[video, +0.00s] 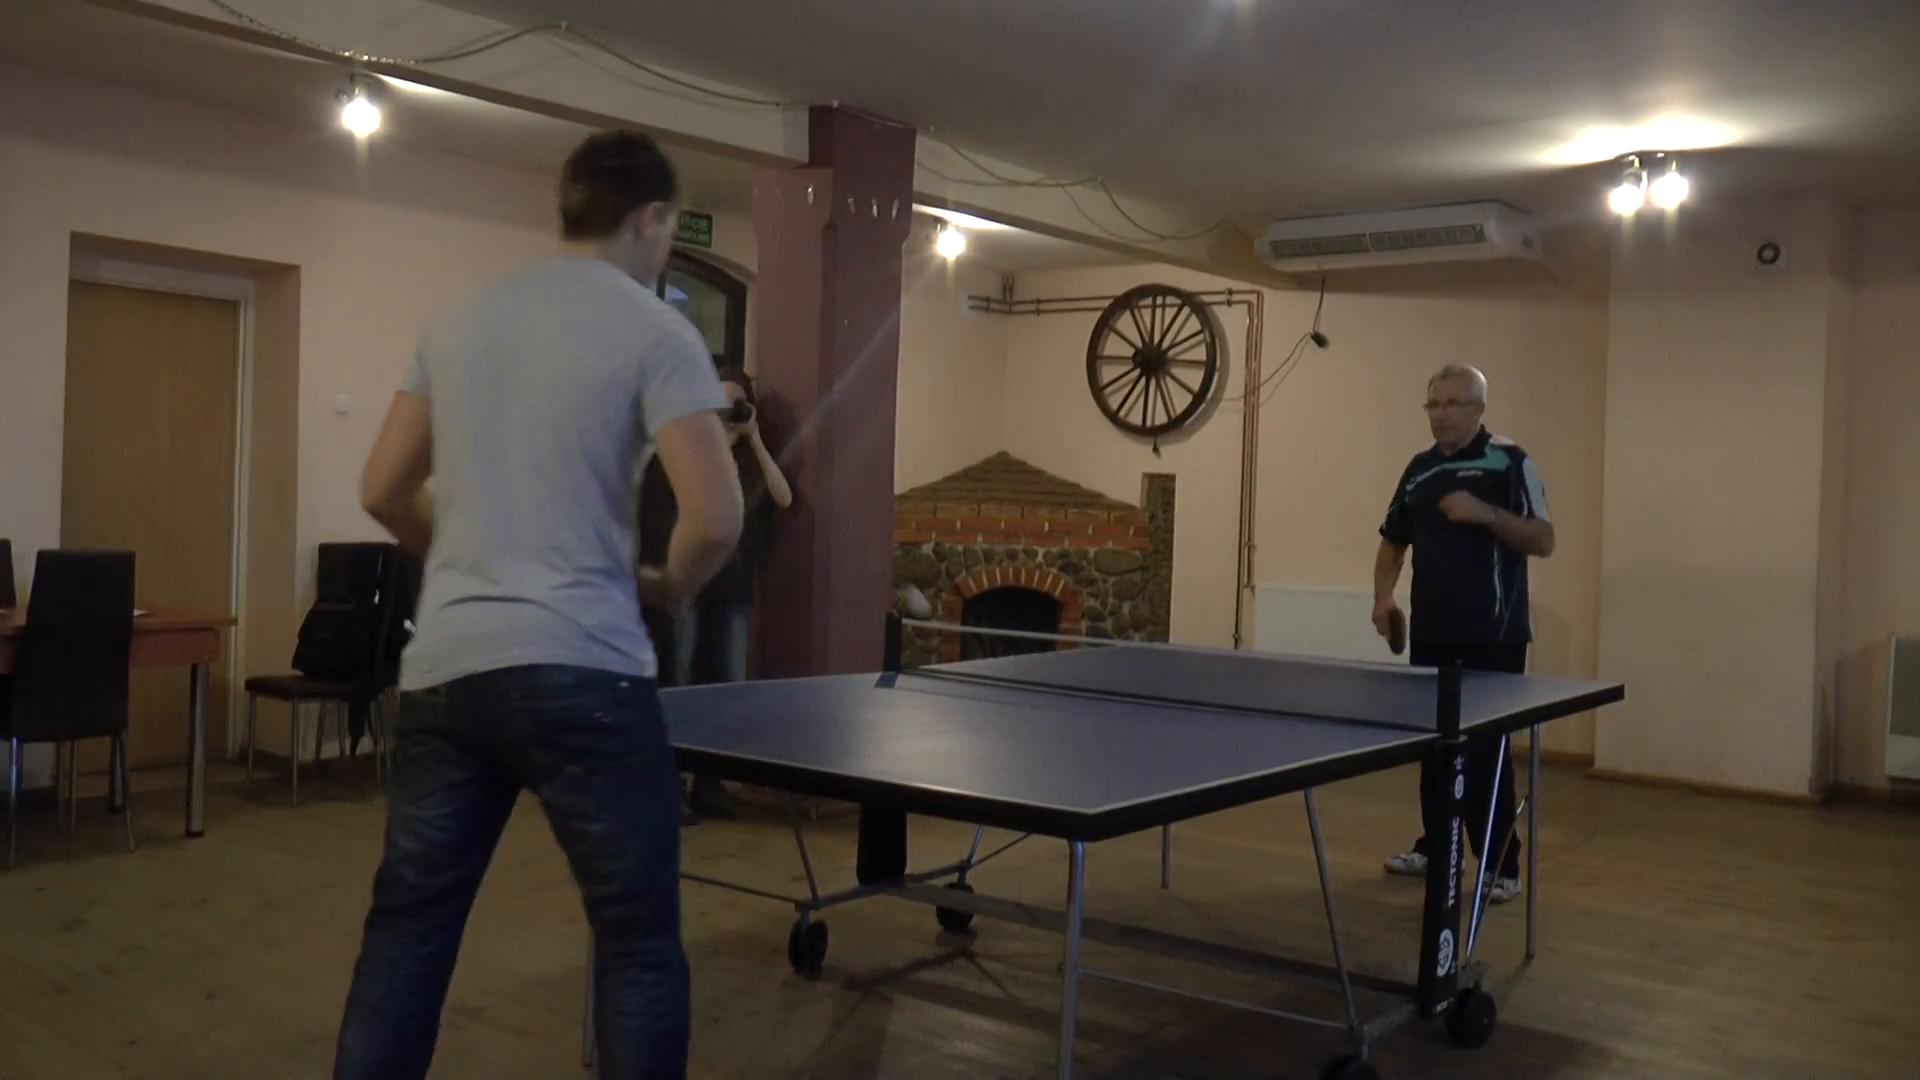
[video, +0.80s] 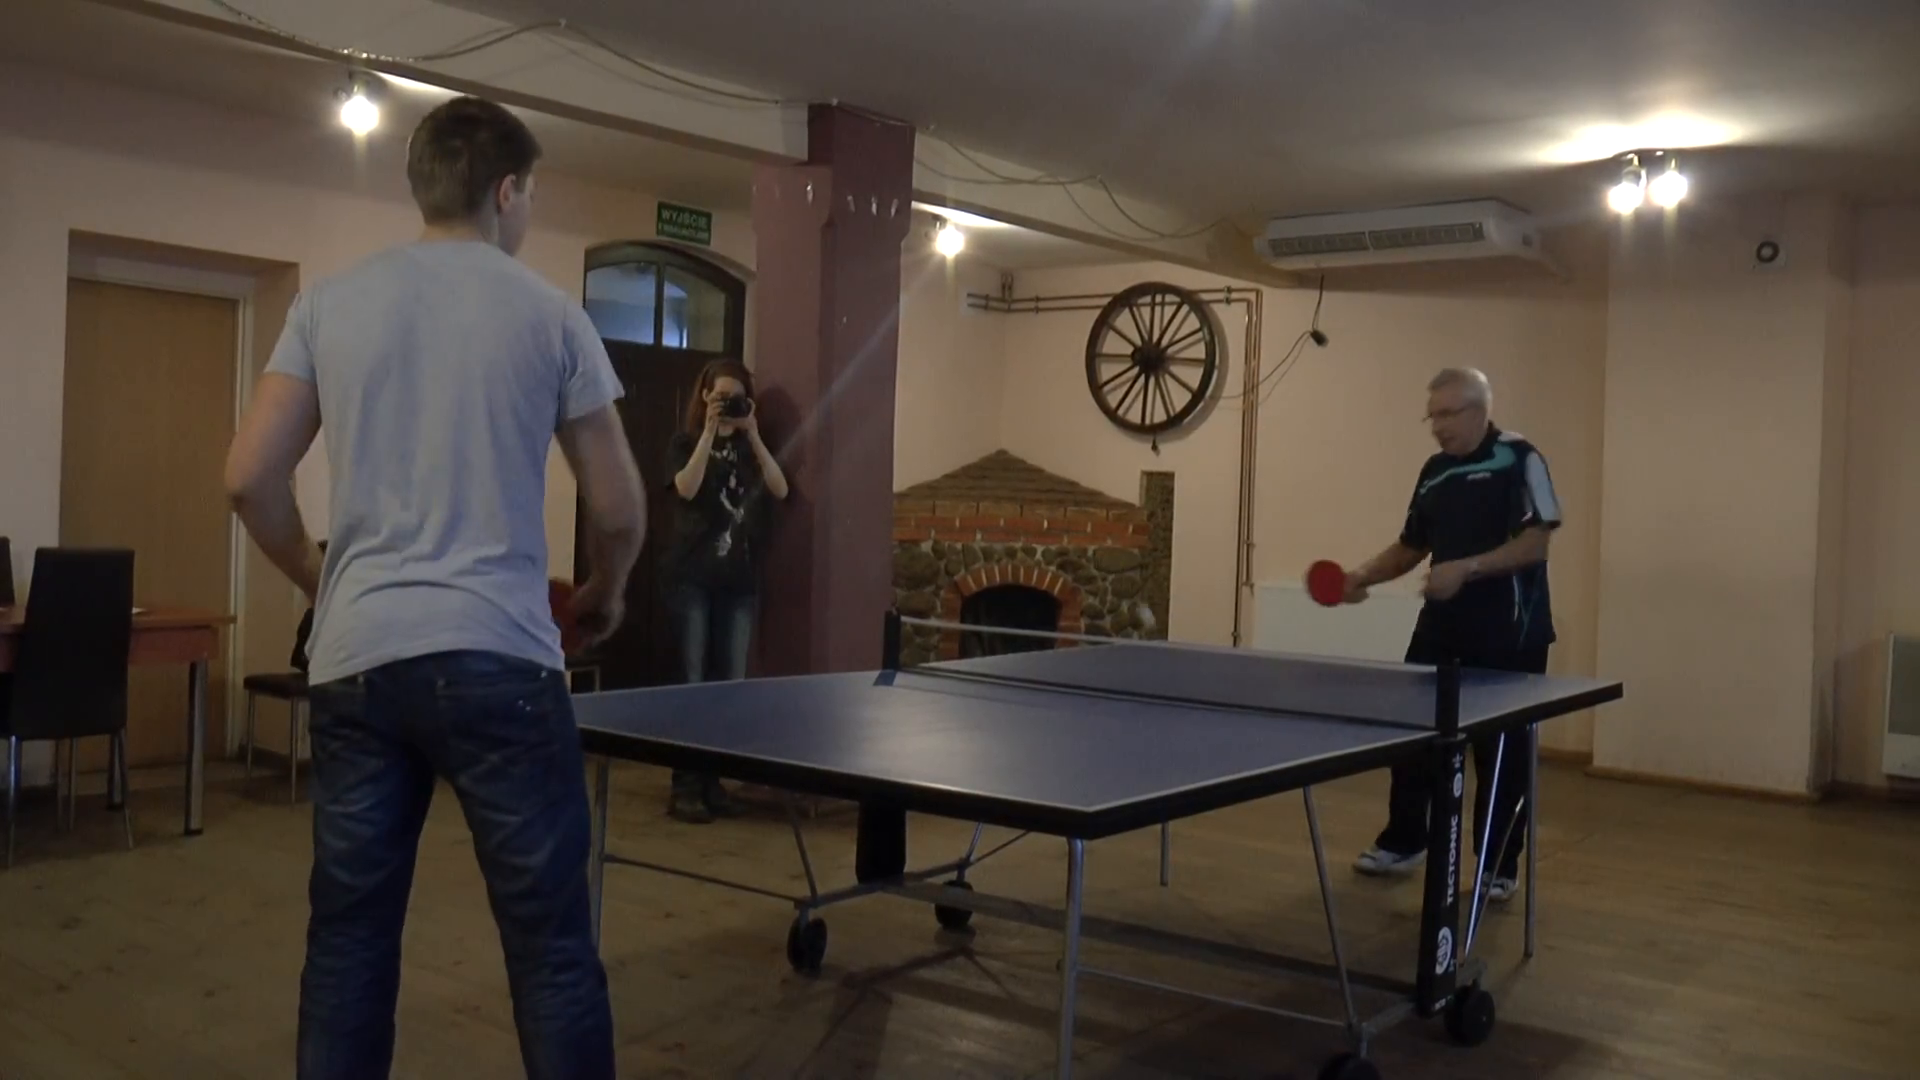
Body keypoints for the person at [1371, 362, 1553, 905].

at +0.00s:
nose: (1440, 414)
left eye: (1453, 405)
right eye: (1434, 404)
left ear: (1479, 410)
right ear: (1426, 409)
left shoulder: (1511, 463)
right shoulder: (1420, 469)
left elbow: (1542, 540)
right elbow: (1394, 539)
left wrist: (1487, 513)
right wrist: (1383, 599)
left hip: (1494, 636)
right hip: (1432, 633)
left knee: (1488, 753)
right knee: (1434, 746)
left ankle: (1500, 866)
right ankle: (1435, 845)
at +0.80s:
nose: (1438, 425)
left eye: (1448, 414)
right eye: (1432, 415)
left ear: (1483, 412)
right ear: (1429, 415)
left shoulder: (1521, 460)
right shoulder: (1435, 471)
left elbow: (1535, 545)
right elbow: (1409, 548)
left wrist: (1465, 567)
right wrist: (1361, 576)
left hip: (1508, 640)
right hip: (1441, 633)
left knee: (1501, 752)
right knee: (1414, 736)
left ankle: (1500, 864)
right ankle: (1403, 840)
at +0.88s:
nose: (1422, 433)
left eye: (1432, 421)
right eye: (1417, 423)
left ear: (1467, 418)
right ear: (1417, 423)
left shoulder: (1502, 462)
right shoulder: (1427, 477)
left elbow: (1504, 544)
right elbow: (1401, 551)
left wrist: (1424, 576)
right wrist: (1342, 574)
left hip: (1507, 634)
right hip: (1444, 628)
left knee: (1503, 751)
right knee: (1410, 732)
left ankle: (1499, 864)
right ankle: (1393, 840)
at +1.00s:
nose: (1392, 446)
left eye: (1400, 435)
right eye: (1388, 436)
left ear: (1433, 429)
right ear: (1401, 437)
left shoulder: (1465, 469)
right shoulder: (1413, 488)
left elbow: (1434, 552)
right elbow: (1381, 553)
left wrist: (1351, 578)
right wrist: (1317, 573)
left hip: (1506, 632)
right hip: (1447, 628)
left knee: (1501, 749)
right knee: (1414, 733)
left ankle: (1500, 865)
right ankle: (1390, 844)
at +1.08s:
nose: (1370, 457)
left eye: (1379, 446)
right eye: (1367, 448)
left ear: (1412, 441)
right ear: (1379, 448)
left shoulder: (1438, 475)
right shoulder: (1404, 490)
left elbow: (1389, 553)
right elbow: (1370, 555)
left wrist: (1302, 576)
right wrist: (1299, 577)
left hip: (1504, 626)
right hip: (1448, 624)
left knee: (1498, 746)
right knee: (1415, 730)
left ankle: (1499, 862)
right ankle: (1394, 843)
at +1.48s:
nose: (1322, 486)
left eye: (1328, 475)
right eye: (1317, 476)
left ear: (1358, 463)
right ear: (1348, 466)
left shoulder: (1394, 493)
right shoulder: (1360, 496)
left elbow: (1396, 586)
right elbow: (1360, 575)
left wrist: (1325, 623)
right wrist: (1314, 613)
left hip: (1475, 616)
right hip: (1426, 615)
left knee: (1476, 738)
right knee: (1403, 725)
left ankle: (1506, 860)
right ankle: (1392, 842)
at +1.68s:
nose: (1339, 475)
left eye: (1348, 463)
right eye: (1332, 465)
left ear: (1376, 454)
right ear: (1329, 462)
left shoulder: (1421, 485)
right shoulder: (1348, 502)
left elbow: (1455, 569)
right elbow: (1337, 569)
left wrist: (1401, 620)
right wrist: (1319, 607)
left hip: (1473, 615)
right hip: (1418, 616)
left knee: (1476, 734)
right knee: (1399, 724)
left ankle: (1491, 858)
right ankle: (1389, 842)